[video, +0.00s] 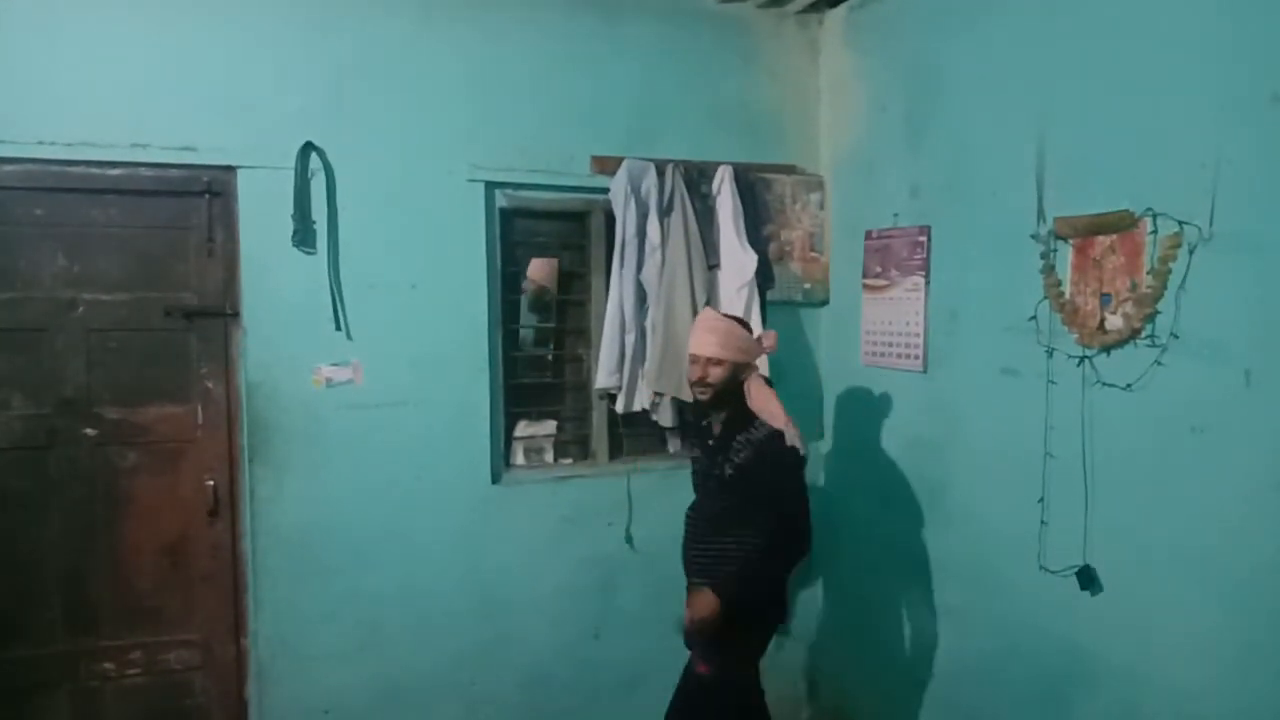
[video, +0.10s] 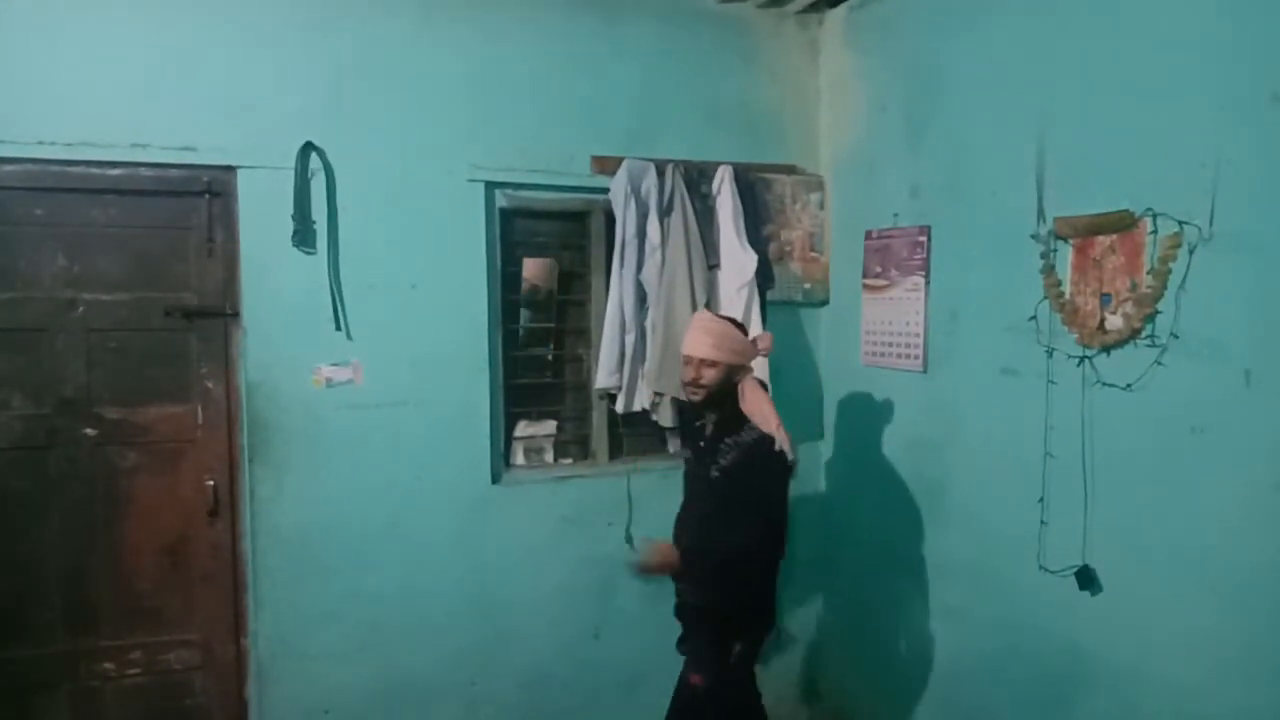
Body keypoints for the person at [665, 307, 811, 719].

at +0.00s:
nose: (700, 374)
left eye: (715, 364)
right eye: (694, 361)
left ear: (742, 370)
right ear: (687, 361)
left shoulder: (770, 439)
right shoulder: (707, 422)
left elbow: (788, 540)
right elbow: (706, 512)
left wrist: (722, 594)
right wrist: (695, 582)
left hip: (748, 603)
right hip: (712, 593)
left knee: (689, 708)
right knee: (738, 703)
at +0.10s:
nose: (694, 375)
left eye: (708, 365)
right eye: (688, 363)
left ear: (736, 372)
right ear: (680, 362)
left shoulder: (760, 446)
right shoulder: (704, 425)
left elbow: (756, 550)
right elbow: (702, 511)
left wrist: (686, 557)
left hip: (734, 616)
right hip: (702, 605)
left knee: (689, 710)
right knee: (735, 705)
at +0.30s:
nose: (669, 389)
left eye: (681, 378)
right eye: (665, 378)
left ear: (714, 380)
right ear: (661, 376)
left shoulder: (737, 455)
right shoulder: (688, 438)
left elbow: (719, 557)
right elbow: (676, 537)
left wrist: (638, 531)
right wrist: (648, 606)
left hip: (706, 627)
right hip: (675, 619)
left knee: (675, 709)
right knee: (704, 710)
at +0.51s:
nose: (657, 379)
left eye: (671, 367)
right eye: (652, 365)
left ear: (706, 373)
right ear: (645, 366)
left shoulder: (726, 450)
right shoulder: (671, 435)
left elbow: (694, 537)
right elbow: (649, 528)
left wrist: (622, 505)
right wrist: (593, 584)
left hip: (690, 634)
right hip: (651, 626)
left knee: (673, 712)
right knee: (655, 709)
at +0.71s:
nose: (639, 392)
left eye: (652, 381)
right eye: (636, 380)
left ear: (688, 381)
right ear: (632, 377)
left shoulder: (727, 449)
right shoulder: (660, 436)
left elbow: (742, 548)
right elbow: (628, 508)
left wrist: (678, 489)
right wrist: (594, 536)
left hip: (701, 630)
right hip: (654, 622)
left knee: (662, 710)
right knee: (673, 708)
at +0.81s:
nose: (643, 404)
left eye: (657, 392)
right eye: (639, 391)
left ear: (692, 389)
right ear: (634, 387)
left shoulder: (734, 462)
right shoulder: (655, 451)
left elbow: (747, 565)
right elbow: (624, 517)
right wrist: (592, 555)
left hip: (708, 634)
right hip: (656, 626)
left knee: (678, 709)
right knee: (664, 705)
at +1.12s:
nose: (667, 391)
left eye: (681, 381)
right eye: (667, 379)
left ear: (715, 389)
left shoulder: (748, 460)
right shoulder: (669, 447)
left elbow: (754, 552)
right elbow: (626, 517)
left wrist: (670, 515)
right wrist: (597, 505)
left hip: (721, 631)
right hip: (671, 622)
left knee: (667, 710)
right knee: (669, 708)